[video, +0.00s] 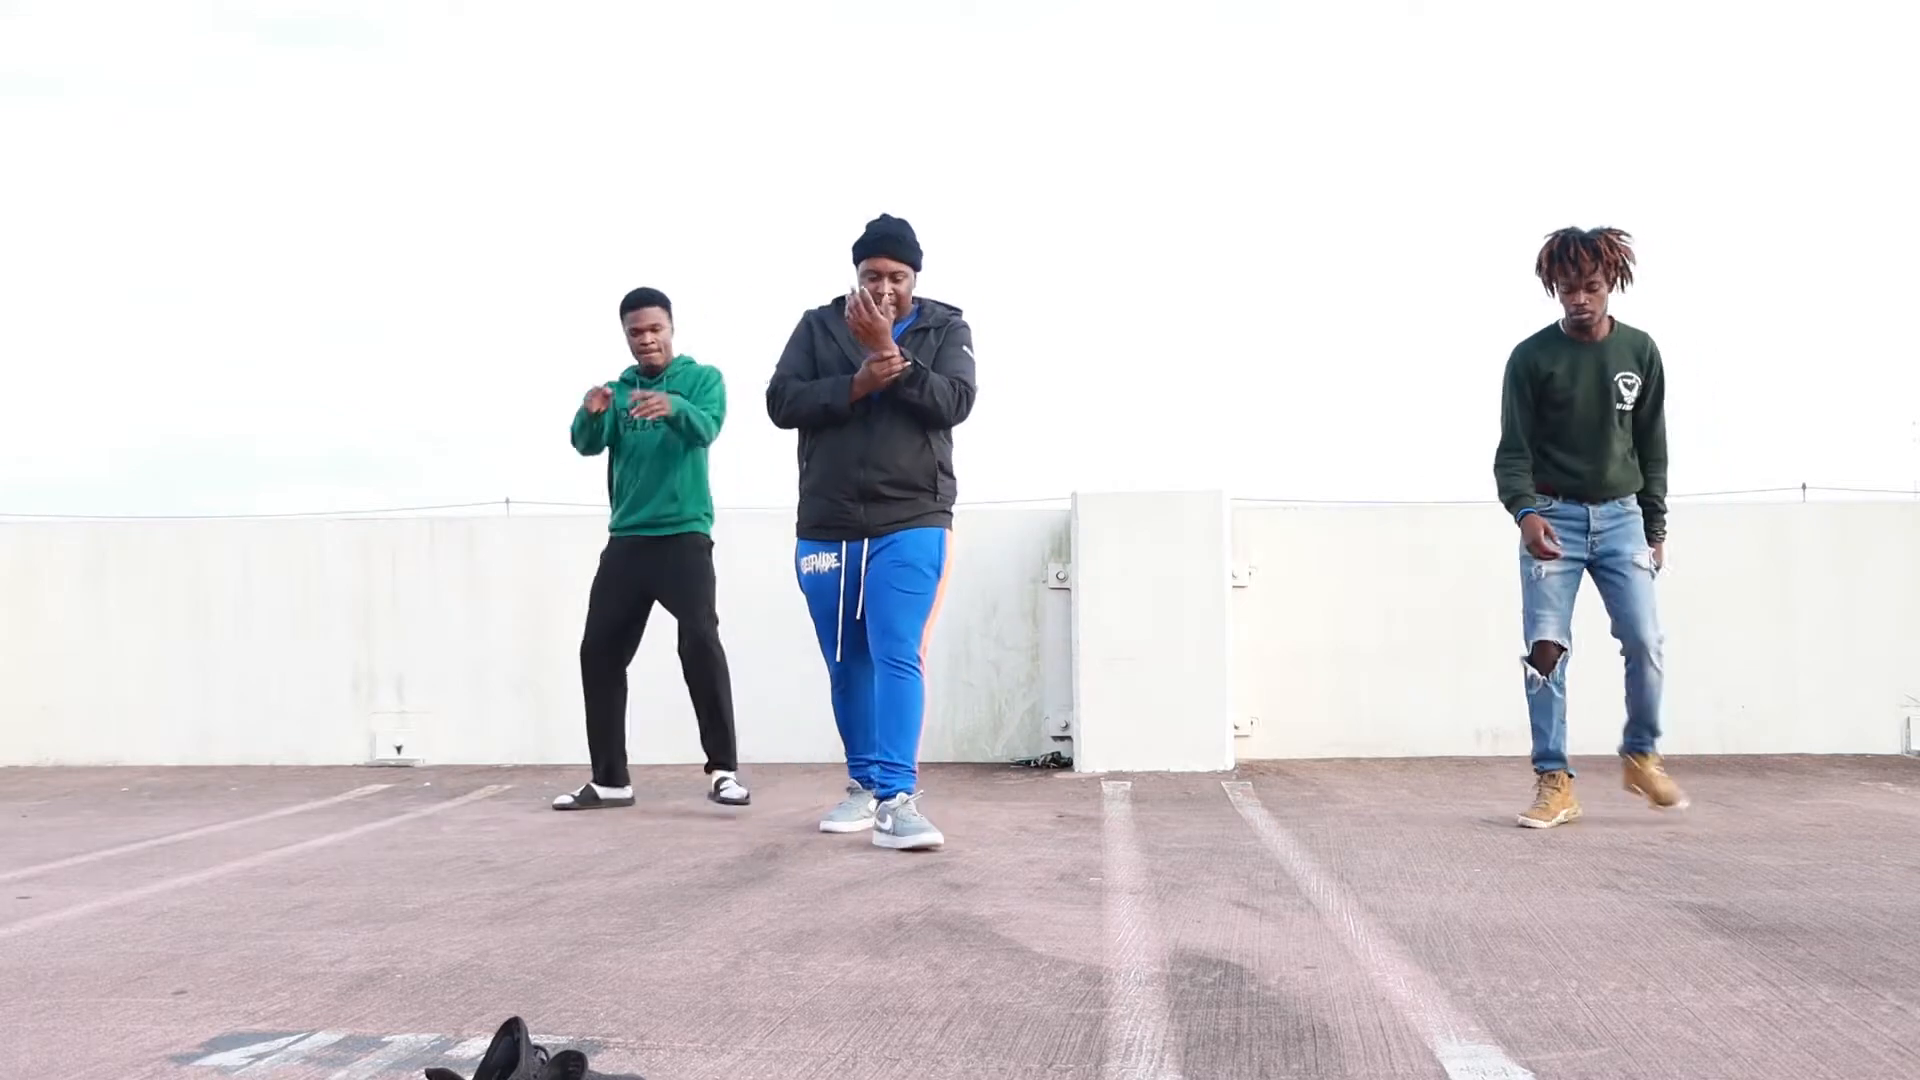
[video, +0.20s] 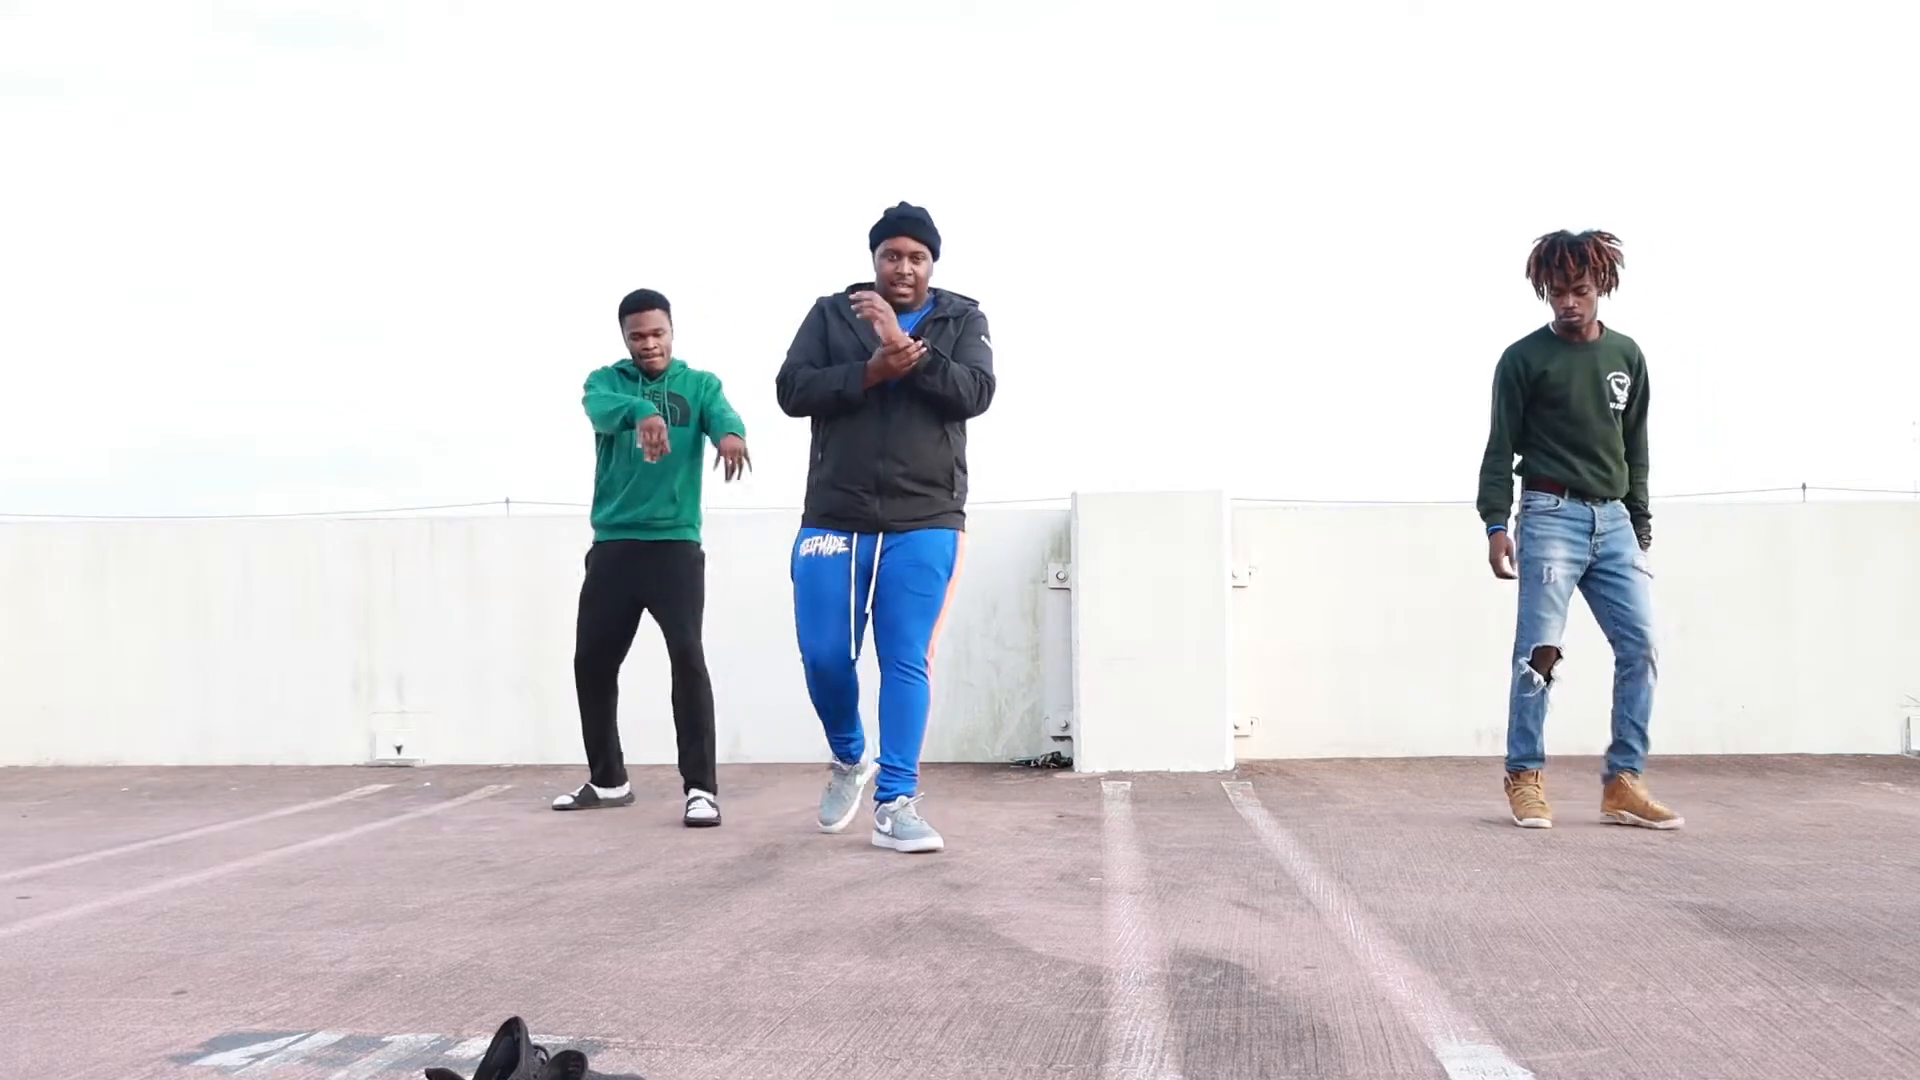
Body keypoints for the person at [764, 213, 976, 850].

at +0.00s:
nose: (883, 289)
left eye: (896, 277)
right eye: (872, 276)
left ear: (916, 279)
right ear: (854, 275)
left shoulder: (941, 326)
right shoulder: (819, 325)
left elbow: (953, 403)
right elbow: (781, 401)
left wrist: (887, 349)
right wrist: (855, 384)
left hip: (909, 516)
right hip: (827, 520)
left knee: (895, 650)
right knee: (846, 659)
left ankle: (896, 797)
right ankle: (865, 788)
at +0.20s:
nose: (902, 269)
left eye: (915, 259)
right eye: (891, 257)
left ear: (934, 265)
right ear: (872, 261)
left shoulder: (959, 317)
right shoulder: (833, 312)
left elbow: (972, 394)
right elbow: (793, 388)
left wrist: (896, 339)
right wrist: (871, 371)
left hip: (923, 511)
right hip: (834, 508)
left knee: (905, 656)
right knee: (823, 656)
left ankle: (896, 802)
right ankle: (848, 758)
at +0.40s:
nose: (908, 245)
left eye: (920, 234)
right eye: (896, 234)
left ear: (938, 243)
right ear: (876, 242)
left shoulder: (967, 300)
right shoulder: (838, 297)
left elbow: (988, 373)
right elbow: (803, 377)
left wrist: (918, 341)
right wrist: (884, 360)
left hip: (935, 503)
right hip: (845, 497)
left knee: (913, 655)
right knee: (840, 634)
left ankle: (898, 801)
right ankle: (843, 782)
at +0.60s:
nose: (902, 236)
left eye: (914, 226)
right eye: (888, 227)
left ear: (932, 237)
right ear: (868, 238)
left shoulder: (968, 293)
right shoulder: (837, 297)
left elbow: (1002, 370)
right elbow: (811, 383)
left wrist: (940, 338)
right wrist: (899, 356)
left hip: (949, 506)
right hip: (862, 503)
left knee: (925, 659)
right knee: (880, 648)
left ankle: (906, 799)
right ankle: (881, 793)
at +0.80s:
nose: (883, 237)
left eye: (892, 226)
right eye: (868, 232)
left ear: (913, 235)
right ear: (851, 249)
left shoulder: (962, 296)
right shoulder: (829, 311)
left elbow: (1009, 372)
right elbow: (821, 401)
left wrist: (957, 345)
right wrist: (913, 366)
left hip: (963, 510)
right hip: (875, 510)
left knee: (940, 669)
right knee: (900, 659)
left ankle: (900, 802)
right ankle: (911, 819)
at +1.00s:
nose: (865, 220)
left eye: (874, 208)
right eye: (850, 216)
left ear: (900, 216)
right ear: (836, 236)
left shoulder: (956, 277)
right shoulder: (817, 300)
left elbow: (999, 350)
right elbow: (803, 391)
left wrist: (938, 331)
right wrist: (892, 349)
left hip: (966, 497)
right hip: (870, 504)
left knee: (978, 659)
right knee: (900, 662)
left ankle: (935, 767)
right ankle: (909, 823)